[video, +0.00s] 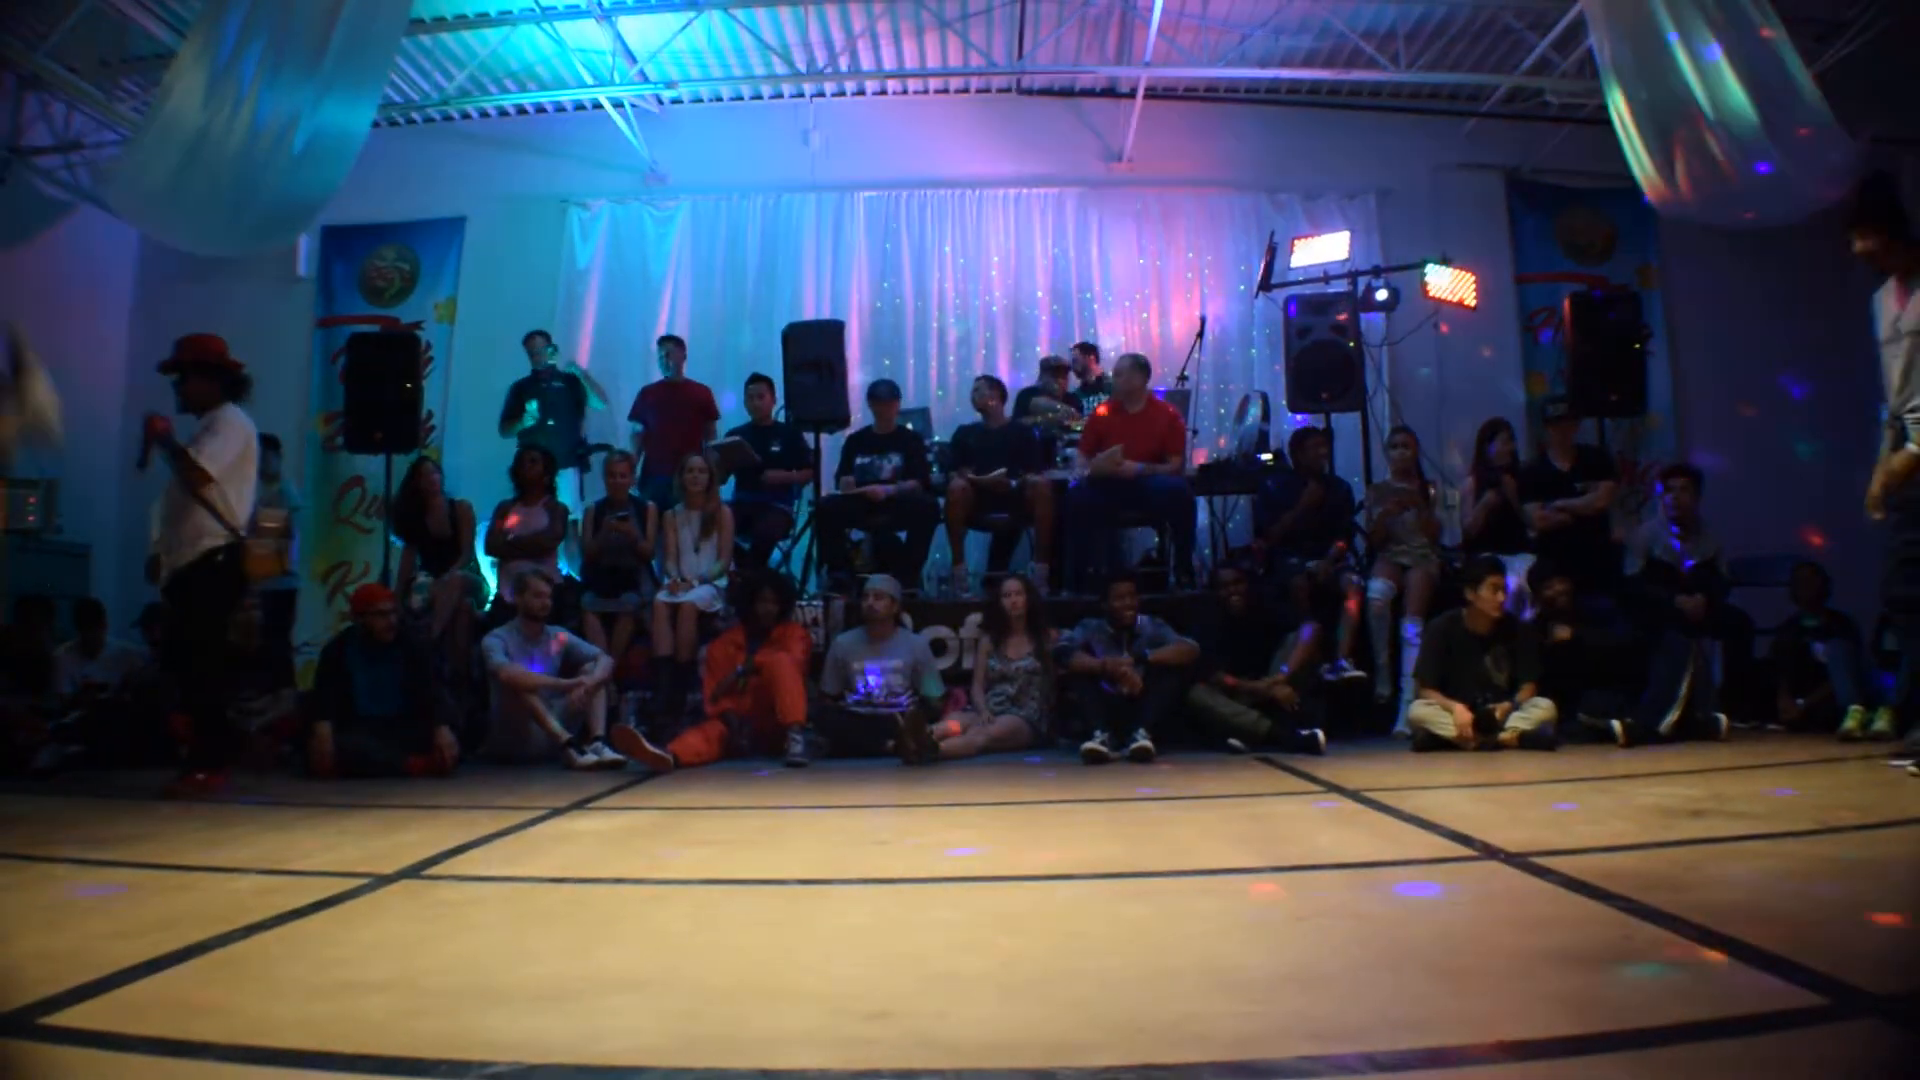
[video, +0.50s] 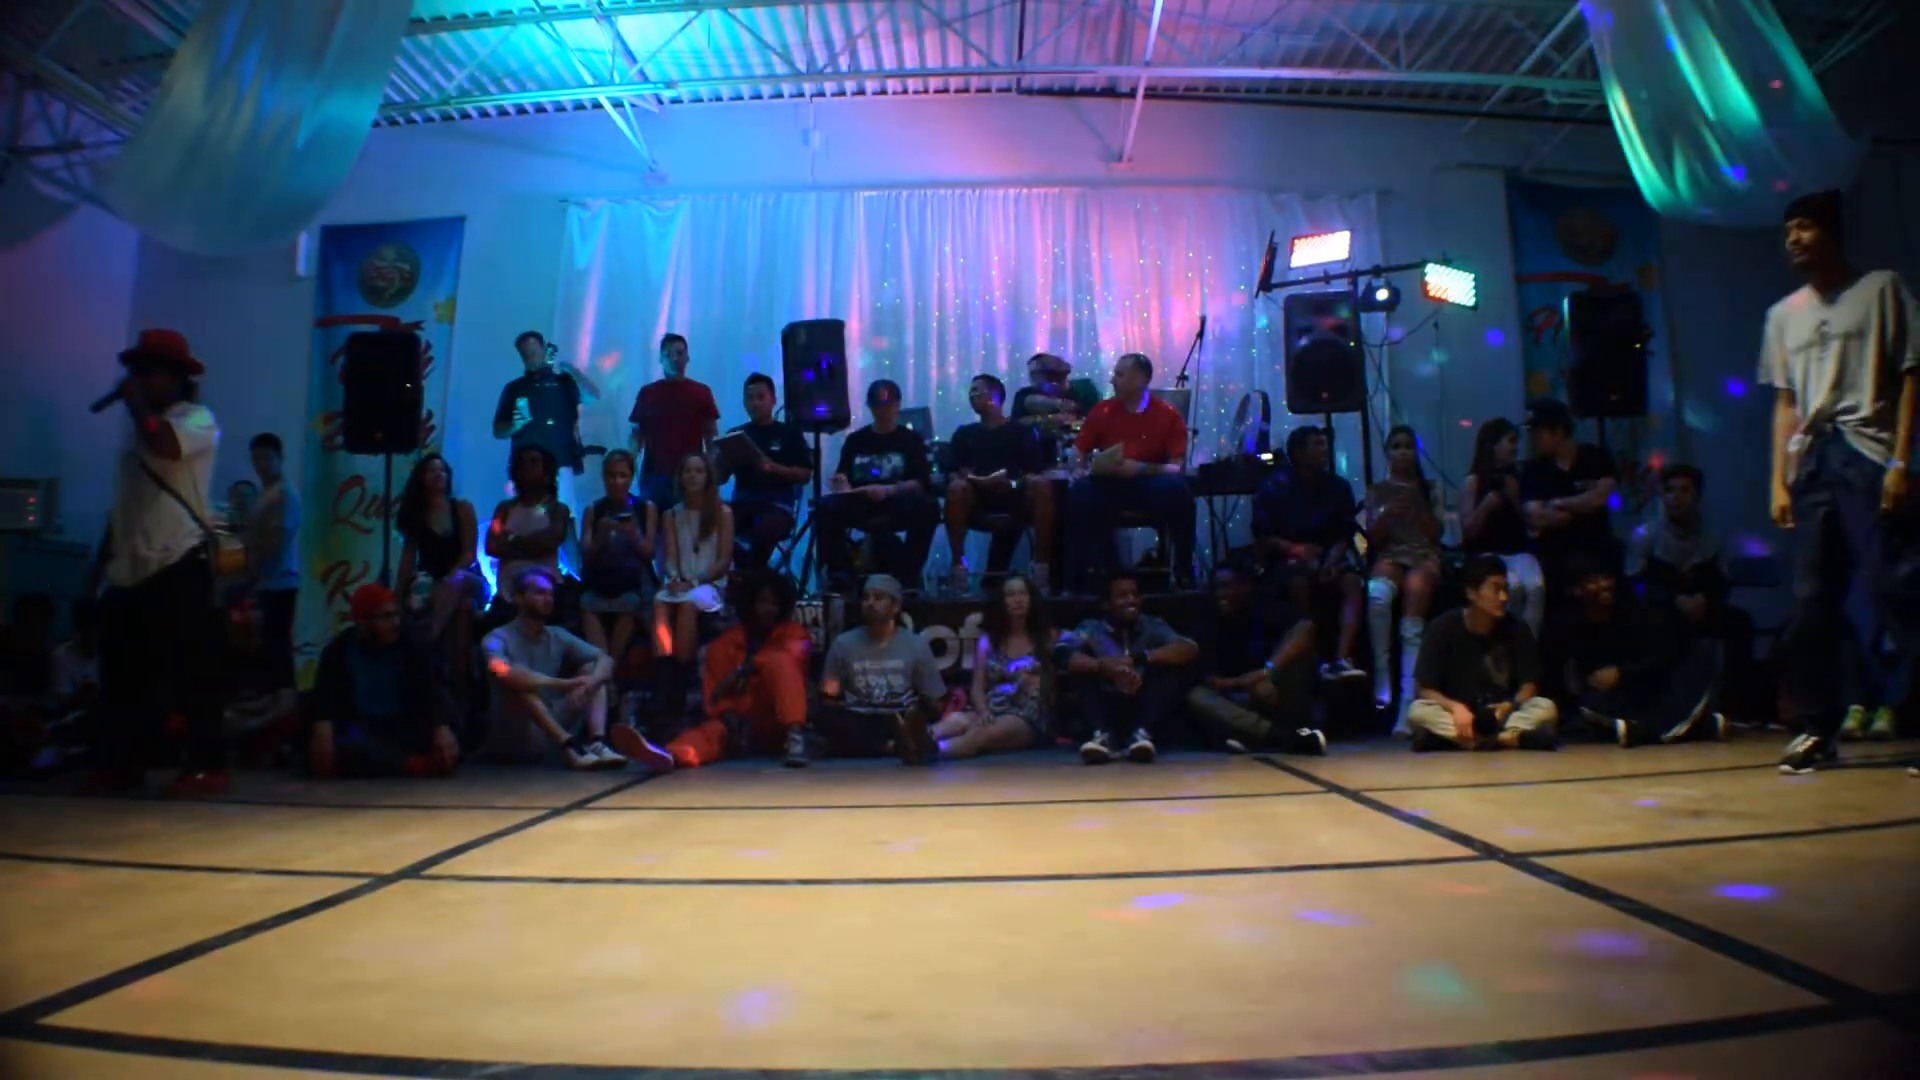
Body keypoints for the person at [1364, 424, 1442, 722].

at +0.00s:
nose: (1400, 453)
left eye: (1406, 446)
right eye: (1394, 447)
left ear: (1416, 452)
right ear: (1386, 453)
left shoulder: (1429, 489)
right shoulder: (1377, 491)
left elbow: (1434, 535)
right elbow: (1373, 536)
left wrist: (1423, 506)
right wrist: (1388, 513)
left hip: (1421, 552)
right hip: (1389, 551)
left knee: (1412, 627)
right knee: (1376, 597)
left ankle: (1407, 704)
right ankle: (1382, 673)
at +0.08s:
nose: (1401, 453)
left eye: (1407, 447)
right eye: (1395, 447)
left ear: (1417, 452)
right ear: (1387, 453)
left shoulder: (1425, 489)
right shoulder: (1377, 491)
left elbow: (1434, 533)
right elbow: (1373, 535)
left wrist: (1419, 506)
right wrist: (1388, 513)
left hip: (1420, 552)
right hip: (1389, 551)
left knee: (1412, 626)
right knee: (1377, 598)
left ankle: (1407, 704)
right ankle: (1382, 671)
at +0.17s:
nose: (1401, 453)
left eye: (1408, 447)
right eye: (1395, 447)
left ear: (1417, 452)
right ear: (1387, 453)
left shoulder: (1429, 489)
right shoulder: (1377, 491)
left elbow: (1434, 533)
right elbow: (1373, 535)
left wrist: (1419, 505)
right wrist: (1387, 513)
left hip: (1421, 552)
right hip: (1389, 551)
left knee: (1412, 627)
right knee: (1377, 598)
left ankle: (1408, 704)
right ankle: (1382, 672)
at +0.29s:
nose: (1402, 453)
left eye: (1408, 447)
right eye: (1395, 447)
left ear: (1417, 452)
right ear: (1387, 453)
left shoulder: (1427, 488)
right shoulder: (1377, 491)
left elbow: (1435, 533)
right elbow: (1372, 535)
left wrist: (1419, 506)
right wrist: (1388, 513)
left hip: (1421, 552)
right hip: (1389, 552)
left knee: (1412, 626)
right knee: (1377, 596)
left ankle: (1408, 700)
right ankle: (1382, 675)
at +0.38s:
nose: (1402, 453)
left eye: (1408, 447)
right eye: (1396, 447)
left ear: (1417, 452)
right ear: (1387, 453)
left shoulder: (1432, 488)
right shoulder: (1377, 491)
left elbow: (1439, 533)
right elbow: (1373, 537)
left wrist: (1417, 508)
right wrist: (1387, 514)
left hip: (1422, 552)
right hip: (1389, 553)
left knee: (1412, 621)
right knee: (1378, 593)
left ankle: (1408, 700)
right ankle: (1382, 678)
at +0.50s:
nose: (1402, 453)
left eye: (1407, 447)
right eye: (1396, 447)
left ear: (1416, 452)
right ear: (1387, 453)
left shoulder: (1431, 488)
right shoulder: (1377, 491)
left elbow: (1437, 533)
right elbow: (1373, 536)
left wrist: (1417, 509)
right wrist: (1388, 513)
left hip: (1422, 550)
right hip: (1390, 550)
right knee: (1378, 592)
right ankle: (1382, 675)